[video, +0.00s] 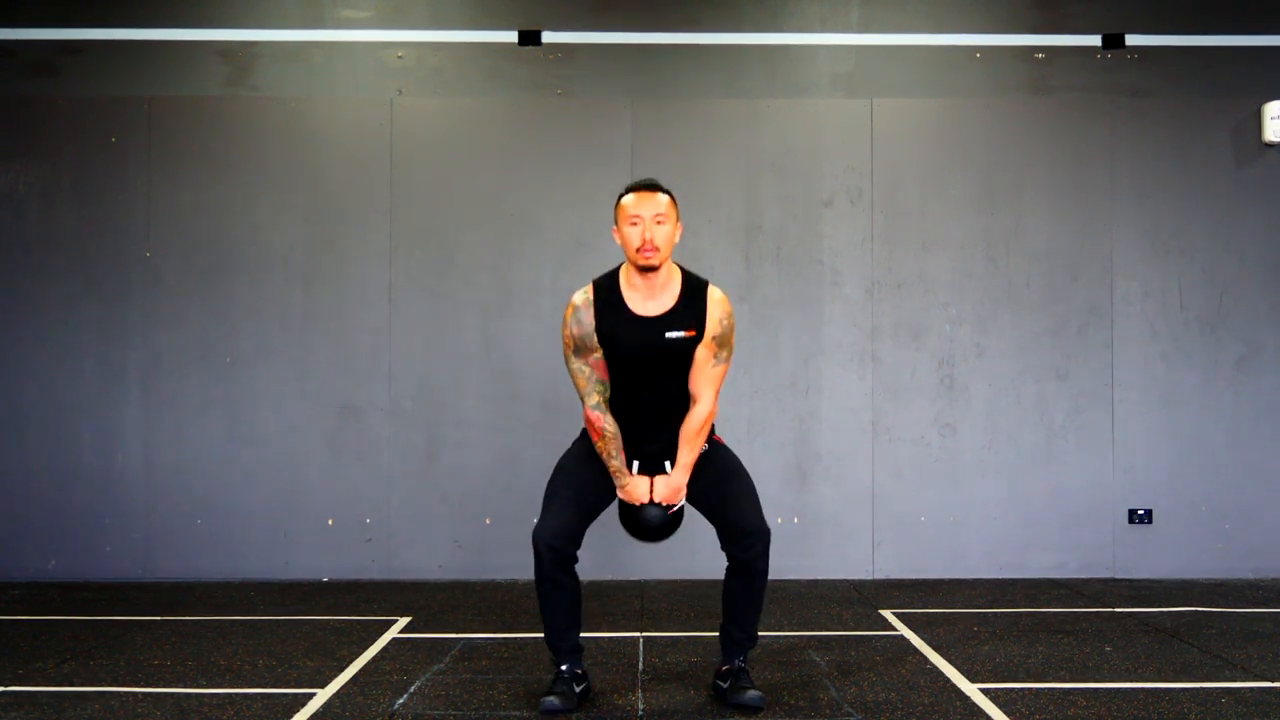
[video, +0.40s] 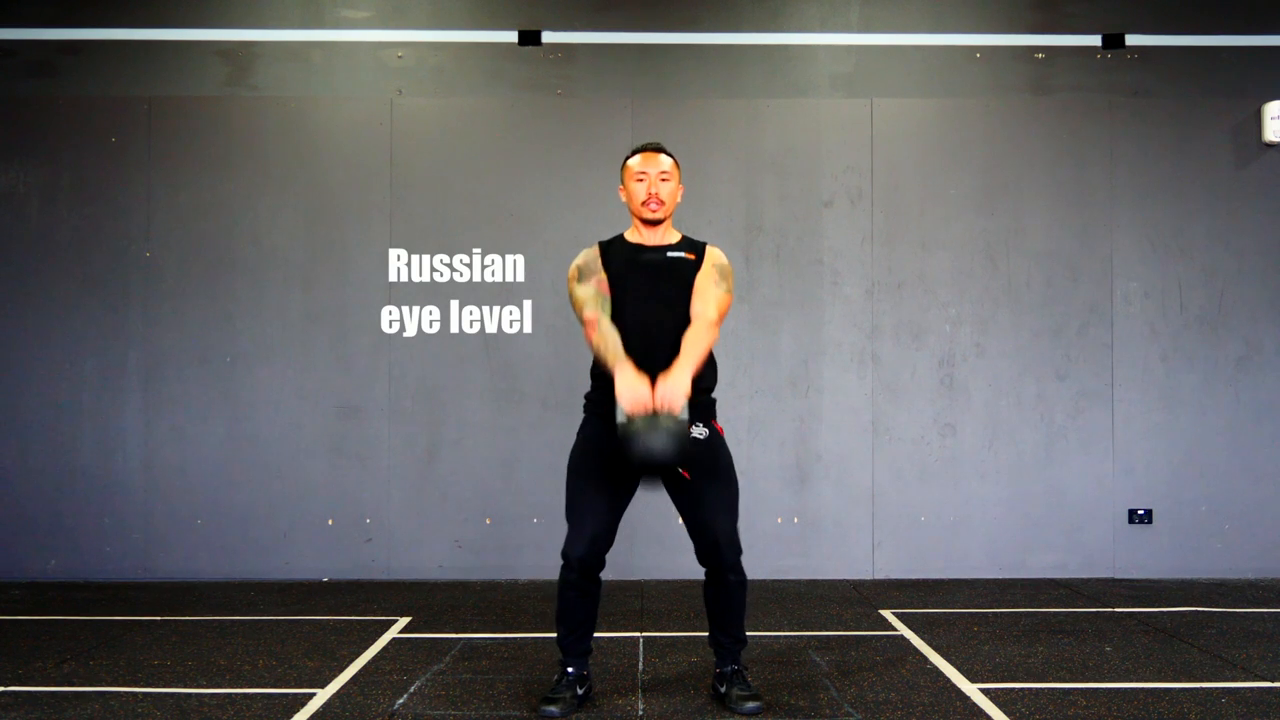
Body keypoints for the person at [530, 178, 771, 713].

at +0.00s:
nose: (646, 234)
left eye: (659, 222)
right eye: (633, 223)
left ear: (677, 231)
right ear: (617, 233)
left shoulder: (712, 306)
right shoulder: (586, 309)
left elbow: (703, 401)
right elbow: (595, 405)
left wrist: (681, 472)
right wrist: (621, 474)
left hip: (690, 445)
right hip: (609, 445)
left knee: (750, 535)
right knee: (552, 537)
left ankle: (734, 668)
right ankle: (568, 673)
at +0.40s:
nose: (653, 188)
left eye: (664, 178)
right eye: (641, 178)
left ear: (680, 190)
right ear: (623, 191)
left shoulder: (712, 261)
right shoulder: (590, 263)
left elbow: (705, 324)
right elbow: (596, 324)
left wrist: (680, 373)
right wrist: (623, 369)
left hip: (691, 426)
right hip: (610, 426)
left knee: (723, 553)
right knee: (581, 553)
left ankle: (730, 672)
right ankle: (573, 673)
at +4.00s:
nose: (649, 201)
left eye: (659, 192)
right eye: (638, 192)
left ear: (677, 184)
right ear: (618, 184)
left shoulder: (703, 242)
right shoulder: (592, 236)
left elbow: (714, 240)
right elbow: (578, 238)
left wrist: (682, 191)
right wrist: (609, 197)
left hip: (685, 408)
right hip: (610, 409)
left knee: (710, 544)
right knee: (585, 543)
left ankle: (729, 669)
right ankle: (572, 673)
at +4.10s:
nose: (648, 168)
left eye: (660, 161)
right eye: (637, 161)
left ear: (677, 180)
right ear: (619, 180)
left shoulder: (700, 241)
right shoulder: (593, 242)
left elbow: (714, 261)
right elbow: (578, 254)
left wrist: (670, 232)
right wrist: (615, 235)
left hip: (685, 411)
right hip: (609, 410)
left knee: (711, 543)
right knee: (583, 543)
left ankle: (730, 670)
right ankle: (571, 672)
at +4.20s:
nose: (648, 168)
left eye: (660, 160)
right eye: (637, 160)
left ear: (676, 178)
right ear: (620, 179)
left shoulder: (704, 246)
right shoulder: (589, 244)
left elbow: (702, 291)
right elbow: (592, 285)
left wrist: (674, 319)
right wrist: (620, 313)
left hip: (683, 413)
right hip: (607, 413)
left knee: (716, 542)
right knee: (578, 542)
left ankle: (730, 670)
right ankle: (571, 672)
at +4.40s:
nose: (646, 192)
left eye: (657, 182)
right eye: (633, 183)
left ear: (675, 198)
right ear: (616, 201)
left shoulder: (706, 277)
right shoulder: (583, 278)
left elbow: (697, 377)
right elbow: (594, 377)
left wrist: (674, 455)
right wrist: (620, 455)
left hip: (685, 431)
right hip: (604, 431)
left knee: (740, 540)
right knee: (553, 541)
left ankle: (733, 669)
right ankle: (569, 673)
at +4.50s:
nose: (642, 231)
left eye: (654, 219)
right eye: (630, 220)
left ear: (673, 228)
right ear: (614, 230)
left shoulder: (708, 304)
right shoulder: (582, 307)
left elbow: (697, 400)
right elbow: (592, 405)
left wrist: (673, 470)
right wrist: (619, 472)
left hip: (686, 443)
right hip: (605, 443)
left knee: (746, 534)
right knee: (548, 538)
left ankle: (734, 668)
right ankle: (568, 673)